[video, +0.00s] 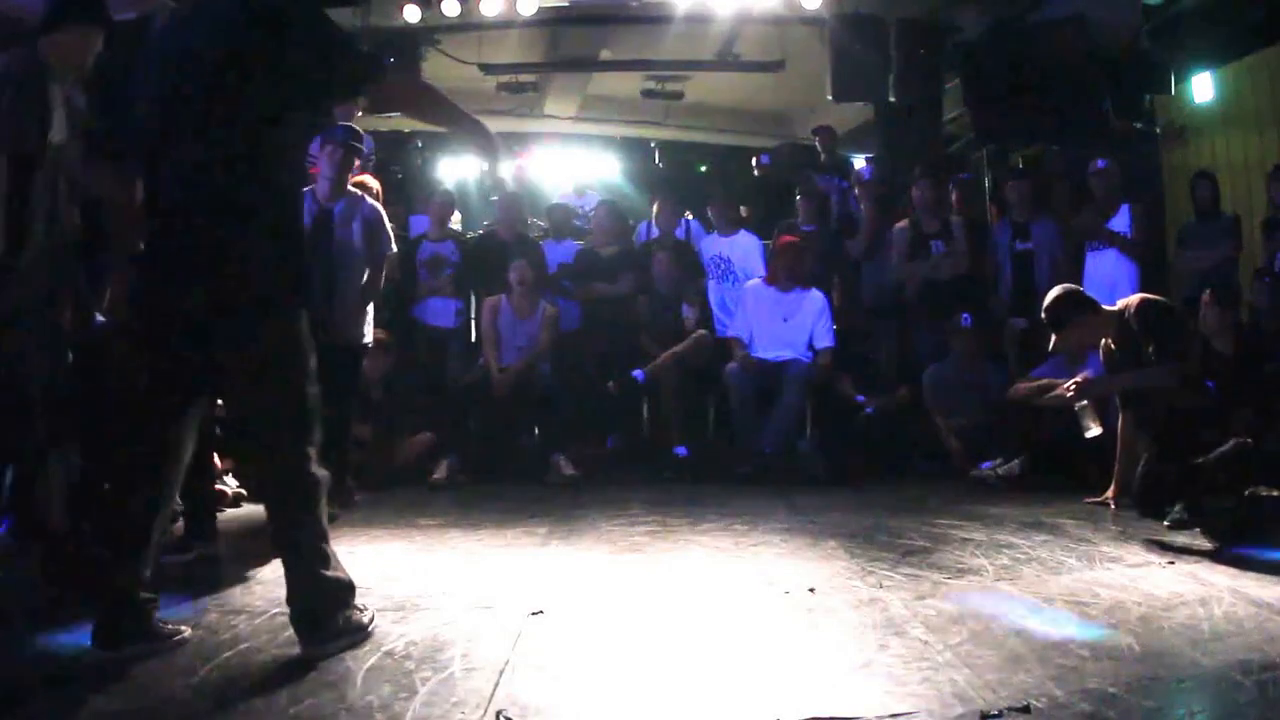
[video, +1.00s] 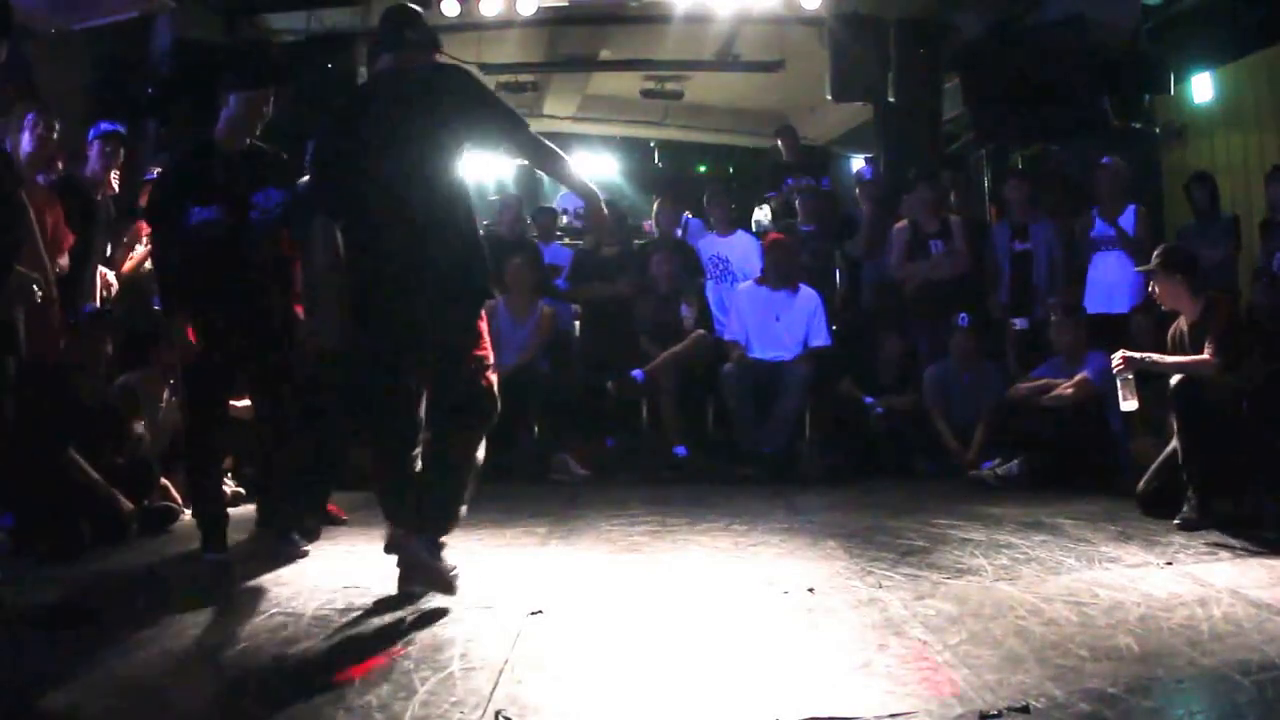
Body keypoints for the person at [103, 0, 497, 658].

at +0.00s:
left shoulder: (151, 38)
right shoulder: (291, 27)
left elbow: (114, 170)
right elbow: (391, 88)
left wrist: (120, 268)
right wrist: (472, 128)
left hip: (169, 269)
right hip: (258, 275)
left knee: (153, 450)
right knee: (289, 451)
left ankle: (121, 612)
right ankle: (321, 614)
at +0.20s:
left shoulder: (211, 37)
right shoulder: (336, 23)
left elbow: (178, 145)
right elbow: (433, 83)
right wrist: (527, 138)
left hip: (225, 250)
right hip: (310, 253)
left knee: (224, 412)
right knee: (324, 426)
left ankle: (171, 561)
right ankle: (320, 608)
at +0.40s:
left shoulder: (248, 49)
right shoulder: (371, 26)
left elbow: (205, 168)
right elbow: (474, 74)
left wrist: (222, 248)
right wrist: (549, 133)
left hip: (269, 265)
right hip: (346, 261)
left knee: (295, 409)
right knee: (352, 419)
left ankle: (298, 566)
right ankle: (319, 601)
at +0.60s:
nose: (404, 17)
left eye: (401, 12)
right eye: (401, 11)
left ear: (325, 15)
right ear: (384, 12)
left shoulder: (283, 68)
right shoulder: (401, 53)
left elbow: (241, 175)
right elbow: (508, 105)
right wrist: (567, 154)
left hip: (302, 270)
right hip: (380, 265)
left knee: (337, 416)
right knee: (380, 412)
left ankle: (402, 545)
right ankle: (324, 603)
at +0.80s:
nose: (412, 31)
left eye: (403, 24)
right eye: (406, 25)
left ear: (347, 39)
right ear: (395, 33)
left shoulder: (315, 91)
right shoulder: (423, 79)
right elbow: (517, 138)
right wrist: (582, 192)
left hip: (342, 273)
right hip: (414, 270)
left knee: (375, 410)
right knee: (416, 409)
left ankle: (414, 555)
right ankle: (342, 577)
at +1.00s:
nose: (431, 62)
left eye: (420, 57)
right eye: (431, 52)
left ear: (374, 56)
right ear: (431, 49)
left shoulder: (350, 108)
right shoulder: (447, 81)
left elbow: (321, 200)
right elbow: (527, 145)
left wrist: (324, 281)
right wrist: (590, 195)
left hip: (375, 277)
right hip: (445, 270)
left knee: (391, 407)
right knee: (472, 399)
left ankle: (409, 543)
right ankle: (424, 537)